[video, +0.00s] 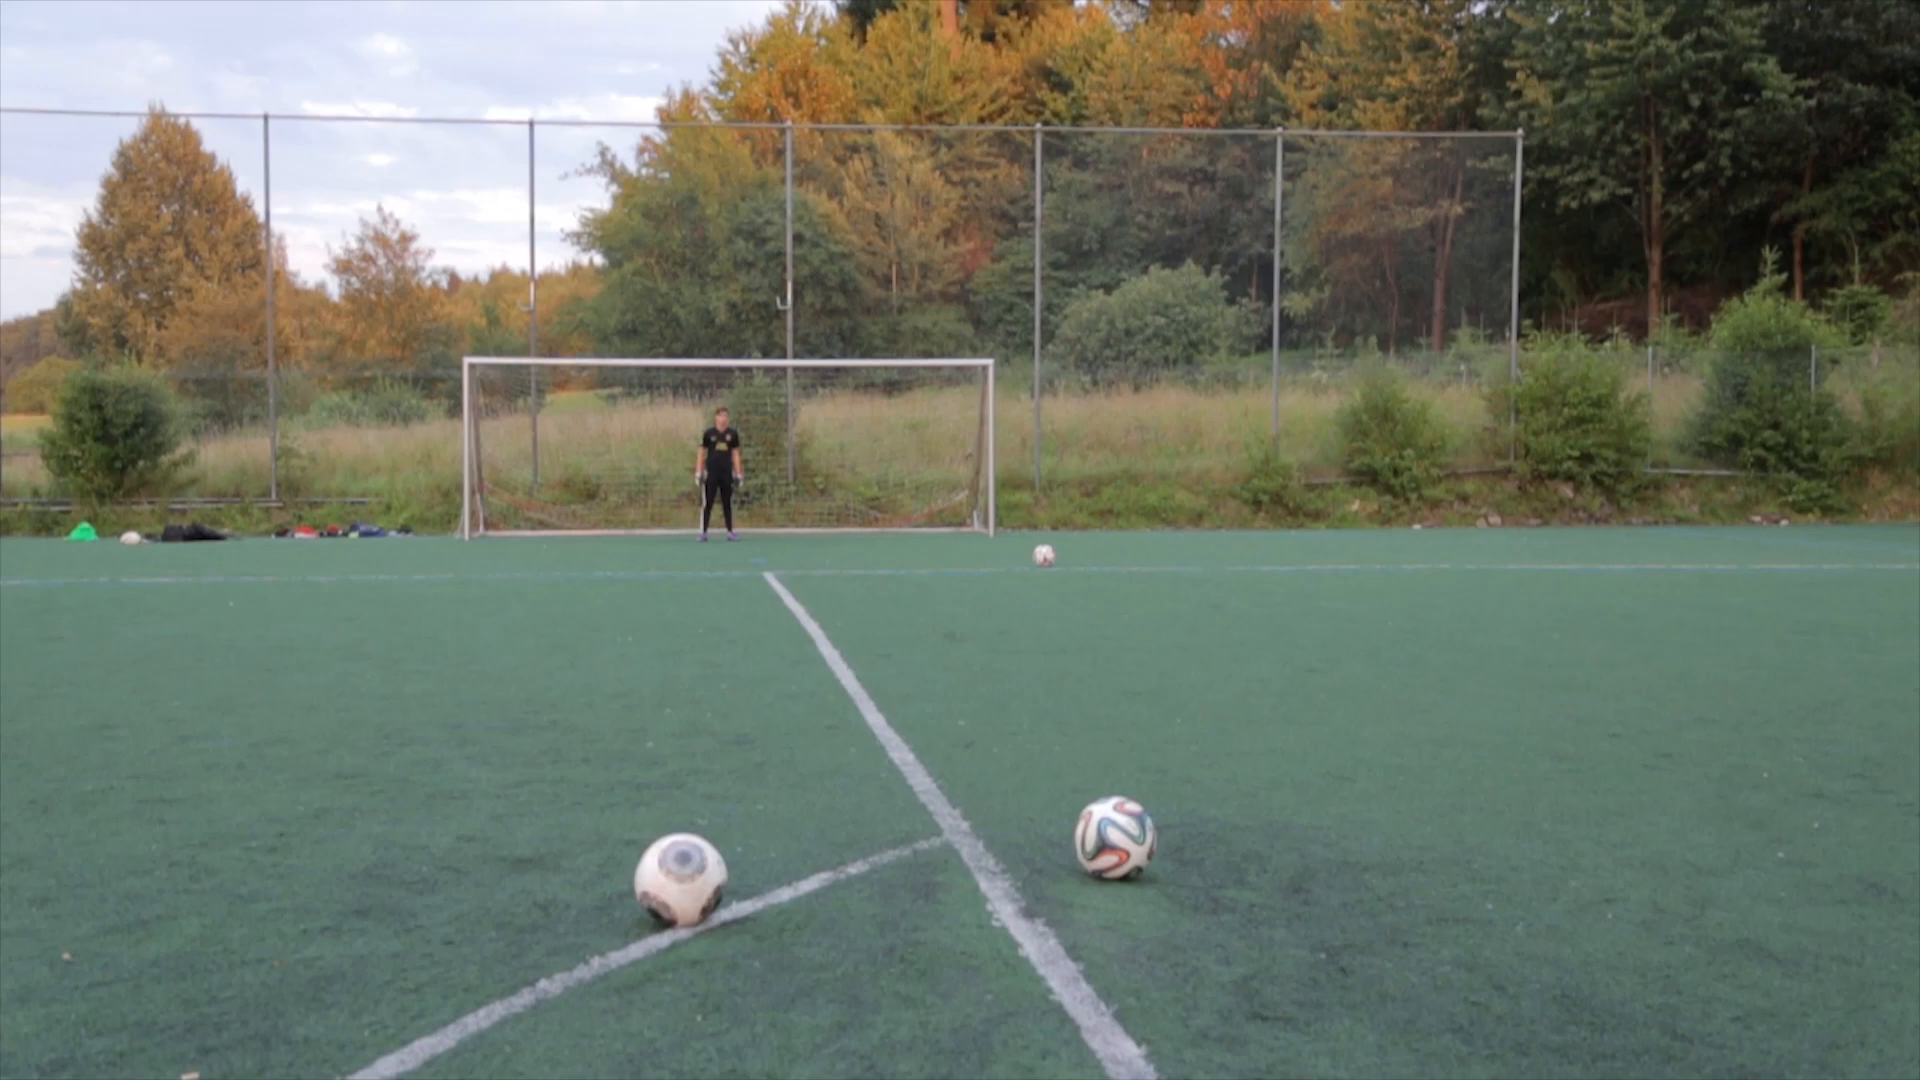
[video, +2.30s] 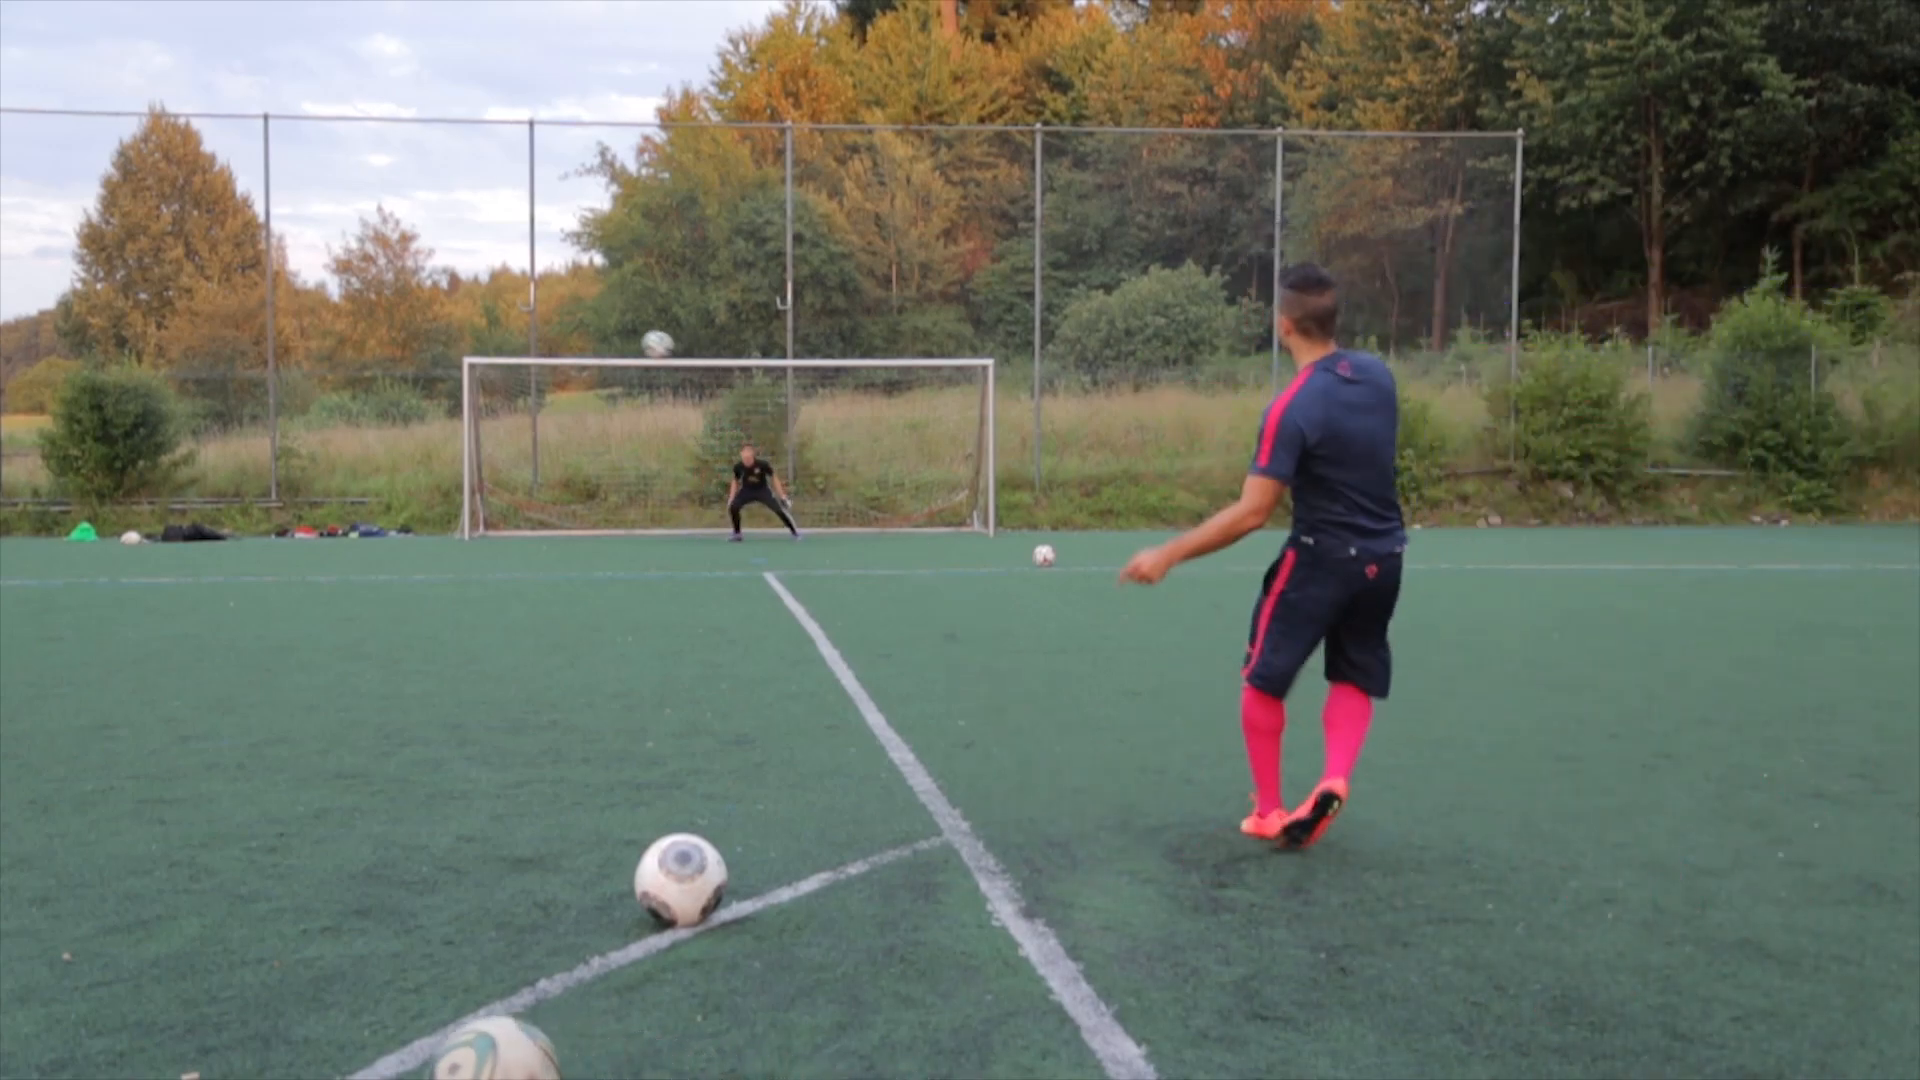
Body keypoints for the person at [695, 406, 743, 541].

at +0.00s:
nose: (723, 420)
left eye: (725, 417)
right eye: (720, 416)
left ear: (728, 419)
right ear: (715, 418)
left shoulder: (732, 434)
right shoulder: (709, 434)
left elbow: (736, 454)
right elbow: (702, 452)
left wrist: (738, 472)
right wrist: (699, 470)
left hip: (726, 473)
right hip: (711, 473)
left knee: (727, 503)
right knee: (708, 503)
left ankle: (730, 530)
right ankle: (704, 531)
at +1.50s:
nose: (720, 439)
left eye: (722, 436)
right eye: (717, 436)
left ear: (725, 438)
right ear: (713, 437)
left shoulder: (731, 450)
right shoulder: (706, 450)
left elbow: (738, 464)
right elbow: (699, 464)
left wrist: (740, 481)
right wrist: (696, 480)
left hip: (725, 481)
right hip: (709, 481)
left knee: (736, 504)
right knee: (701, 505)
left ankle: (746, 530)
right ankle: (698, 532)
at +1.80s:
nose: (737, 442)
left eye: (739, 439)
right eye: (735, 439)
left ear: (743, 439)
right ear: (731, 439)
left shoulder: (750, 450)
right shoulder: (725, 451)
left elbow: (755, 464)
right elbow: (717, 465)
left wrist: (758, 478)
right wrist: (713, 482)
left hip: (746, 482)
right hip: (730, 481)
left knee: (749, 506)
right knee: (717, 505)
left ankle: (749, 532)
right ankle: (705, 532)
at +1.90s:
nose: (743, 438)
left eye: (745, 435)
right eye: (741, 436)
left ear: (748, 435)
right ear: (736, 435)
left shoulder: (756, 445)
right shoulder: (731, 447)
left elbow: (761, 457)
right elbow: (721, 459)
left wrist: (766, 469)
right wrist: (718, 477)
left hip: (753, 476)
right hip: (737, 476)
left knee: (760, 500)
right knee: (726, 500)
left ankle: (755, 529)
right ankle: (721, 527)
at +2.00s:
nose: (749, 437)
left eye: (751, 434)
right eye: (747, 434)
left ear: (754, 436)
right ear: (742, 435)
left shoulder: (762, 447)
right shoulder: (736, 449)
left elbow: (770, 459)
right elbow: (727, 461)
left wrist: (775, 472)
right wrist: (724, 478)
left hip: (759, 476)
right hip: (743, 476)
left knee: (770, 499)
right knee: (736, 499)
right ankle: (734, 527)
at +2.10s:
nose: (755, 447)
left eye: (757, 444)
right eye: (753, 444)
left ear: (760, 444)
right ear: (748, 445)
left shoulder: (768, 454)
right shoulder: (742, 457)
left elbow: (775, 468)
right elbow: (733, 468)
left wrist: (783, 482)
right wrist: (729, 484)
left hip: (765, 483)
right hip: (749, 484)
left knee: (779, 504)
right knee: (743, 505)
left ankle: (795, 530)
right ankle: (746, 532)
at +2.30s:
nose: (747, 461)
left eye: (749, 458)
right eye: (744, 458)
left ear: (753, 456)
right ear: (741, 458)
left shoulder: (763, 465)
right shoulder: (739, 468)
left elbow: (774, 479)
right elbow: (735, 483)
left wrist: (782, 496)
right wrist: (731, 499)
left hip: (762, 492)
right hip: (746, 493)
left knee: (778, 510)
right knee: (733, 508)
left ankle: (794, 533)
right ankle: (737, 534)